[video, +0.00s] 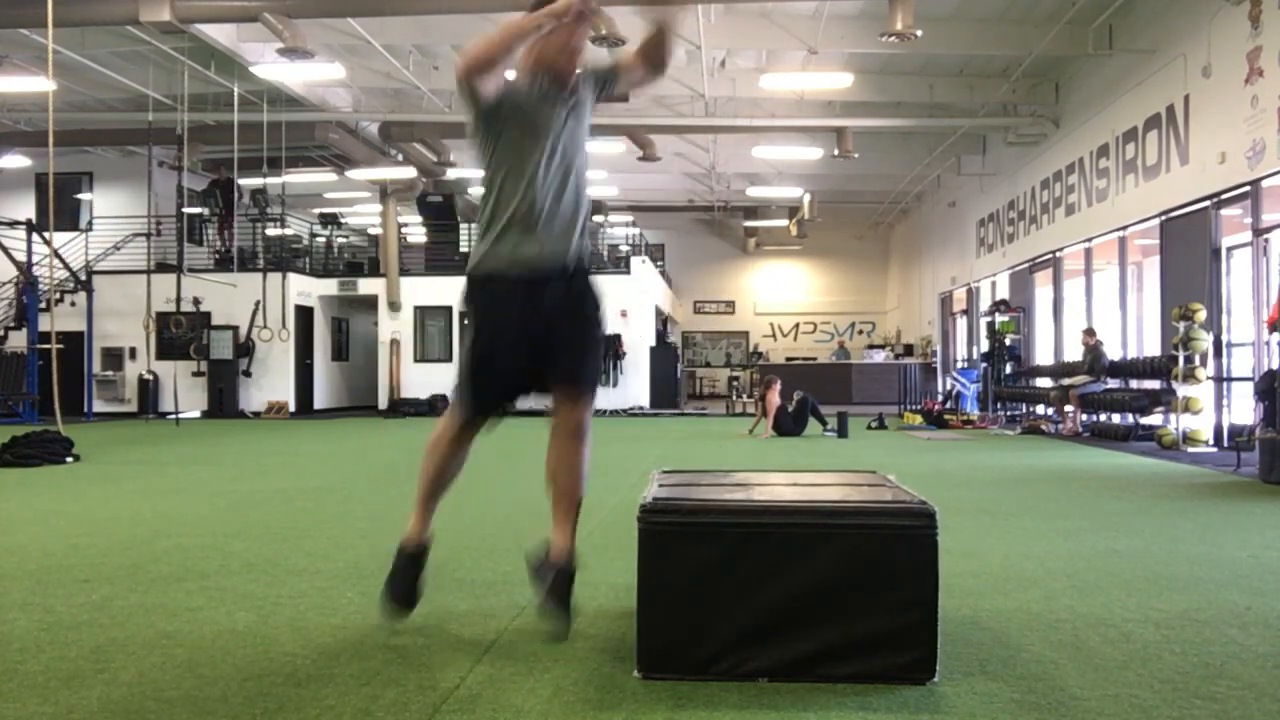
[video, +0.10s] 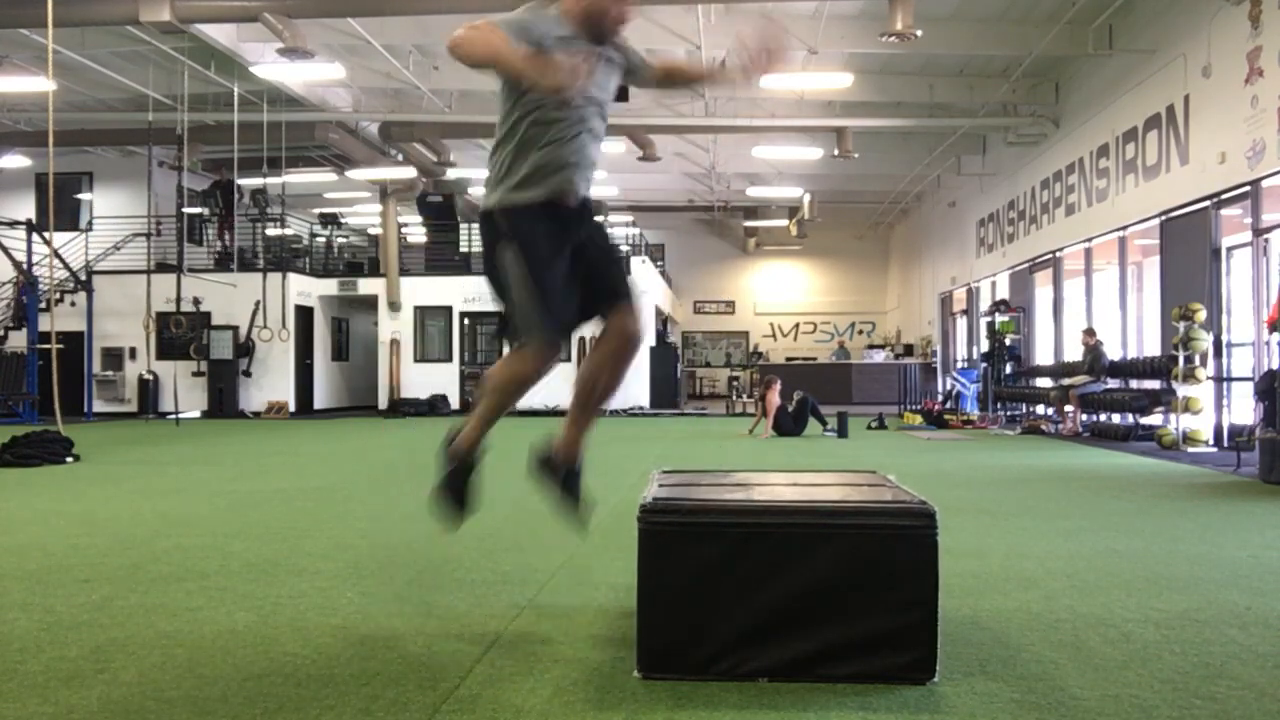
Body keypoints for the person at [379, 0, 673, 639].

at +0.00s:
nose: (580, 43)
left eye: (585, 33)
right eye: (570, 29)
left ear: (586, 44)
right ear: (537, 36)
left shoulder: (584, 87)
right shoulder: (502, 96)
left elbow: (649, 62)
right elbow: (470, 67)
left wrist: (664, 18)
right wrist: (538, 19)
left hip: (568, 279)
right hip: (502, 280)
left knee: (574, 416)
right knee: (465, 418)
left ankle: (560, 559)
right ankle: (415, 537)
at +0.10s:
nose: (627, 17)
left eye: (631, 9)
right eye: (621, 6)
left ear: (618, 11)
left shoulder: (612, 51)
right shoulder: (538, 24)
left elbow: (662, 72)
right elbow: (465, 40)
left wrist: (732, 71)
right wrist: (536, 67)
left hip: (575, 214)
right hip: (517, 213)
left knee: (624, 329)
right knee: (540, 346)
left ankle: (564, 455)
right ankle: (462, 445)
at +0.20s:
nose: (676, 17)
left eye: (679, 8)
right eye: (671, 5)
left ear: (656, 8)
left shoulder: (645, 59)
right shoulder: (584, 20)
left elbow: (661, 122)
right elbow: (492, 53)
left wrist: (704, 163)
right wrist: (484, 148)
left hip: (577, 191)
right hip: (526, 182)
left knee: (662, 262)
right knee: (618, 274)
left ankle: (597, 390)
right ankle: (537, 403)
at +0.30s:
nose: (715, 38)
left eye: (719, 28)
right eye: (711, 22)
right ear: (674, 7)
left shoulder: (663, 84)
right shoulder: (616, 42)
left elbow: (643, 163)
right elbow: (521, 79)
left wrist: (647, 227)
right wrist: (467, 162)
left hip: (590, 187)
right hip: (550, 179)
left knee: (671, 269)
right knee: (667, 264)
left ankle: (652, 405)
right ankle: (639, 410)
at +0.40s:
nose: (728, 63)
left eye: (733, 53)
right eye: (726, 48)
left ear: (699, 37)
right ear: (693, 30)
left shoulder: (667, 91)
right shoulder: (639, 67)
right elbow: (559, 109)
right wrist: (503, 187)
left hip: (614, 223)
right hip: (587, 220)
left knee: (685, 326)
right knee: (698, 314)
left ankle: (651, 461)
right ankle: (658, 459)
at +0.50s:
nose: (733, 84)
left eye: (738, 72)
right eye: (732, 68)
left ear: (700, 57)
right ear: (699, 52)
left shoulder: (672, 113)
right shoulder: (657, 90)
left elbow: (611, 198)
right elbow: (590, 150)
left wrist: (575, 282)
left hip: (613, 252)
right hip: (619, 243)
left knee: (698, 343)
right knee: (732, 327)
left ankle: (659, 457)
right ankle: (667, 456)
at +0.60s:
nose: (729, 73)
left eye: (732, 62)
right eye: (726, 57)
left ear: (692, 49)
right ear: (693, 42)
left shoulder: (668, 102)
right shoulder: (654, 84)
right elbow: (606, 147)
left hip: (606, 245)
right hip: (604, 239)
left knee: (698, 345)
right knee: (728, 327)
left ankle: (661, 458)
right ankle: (667, 457)